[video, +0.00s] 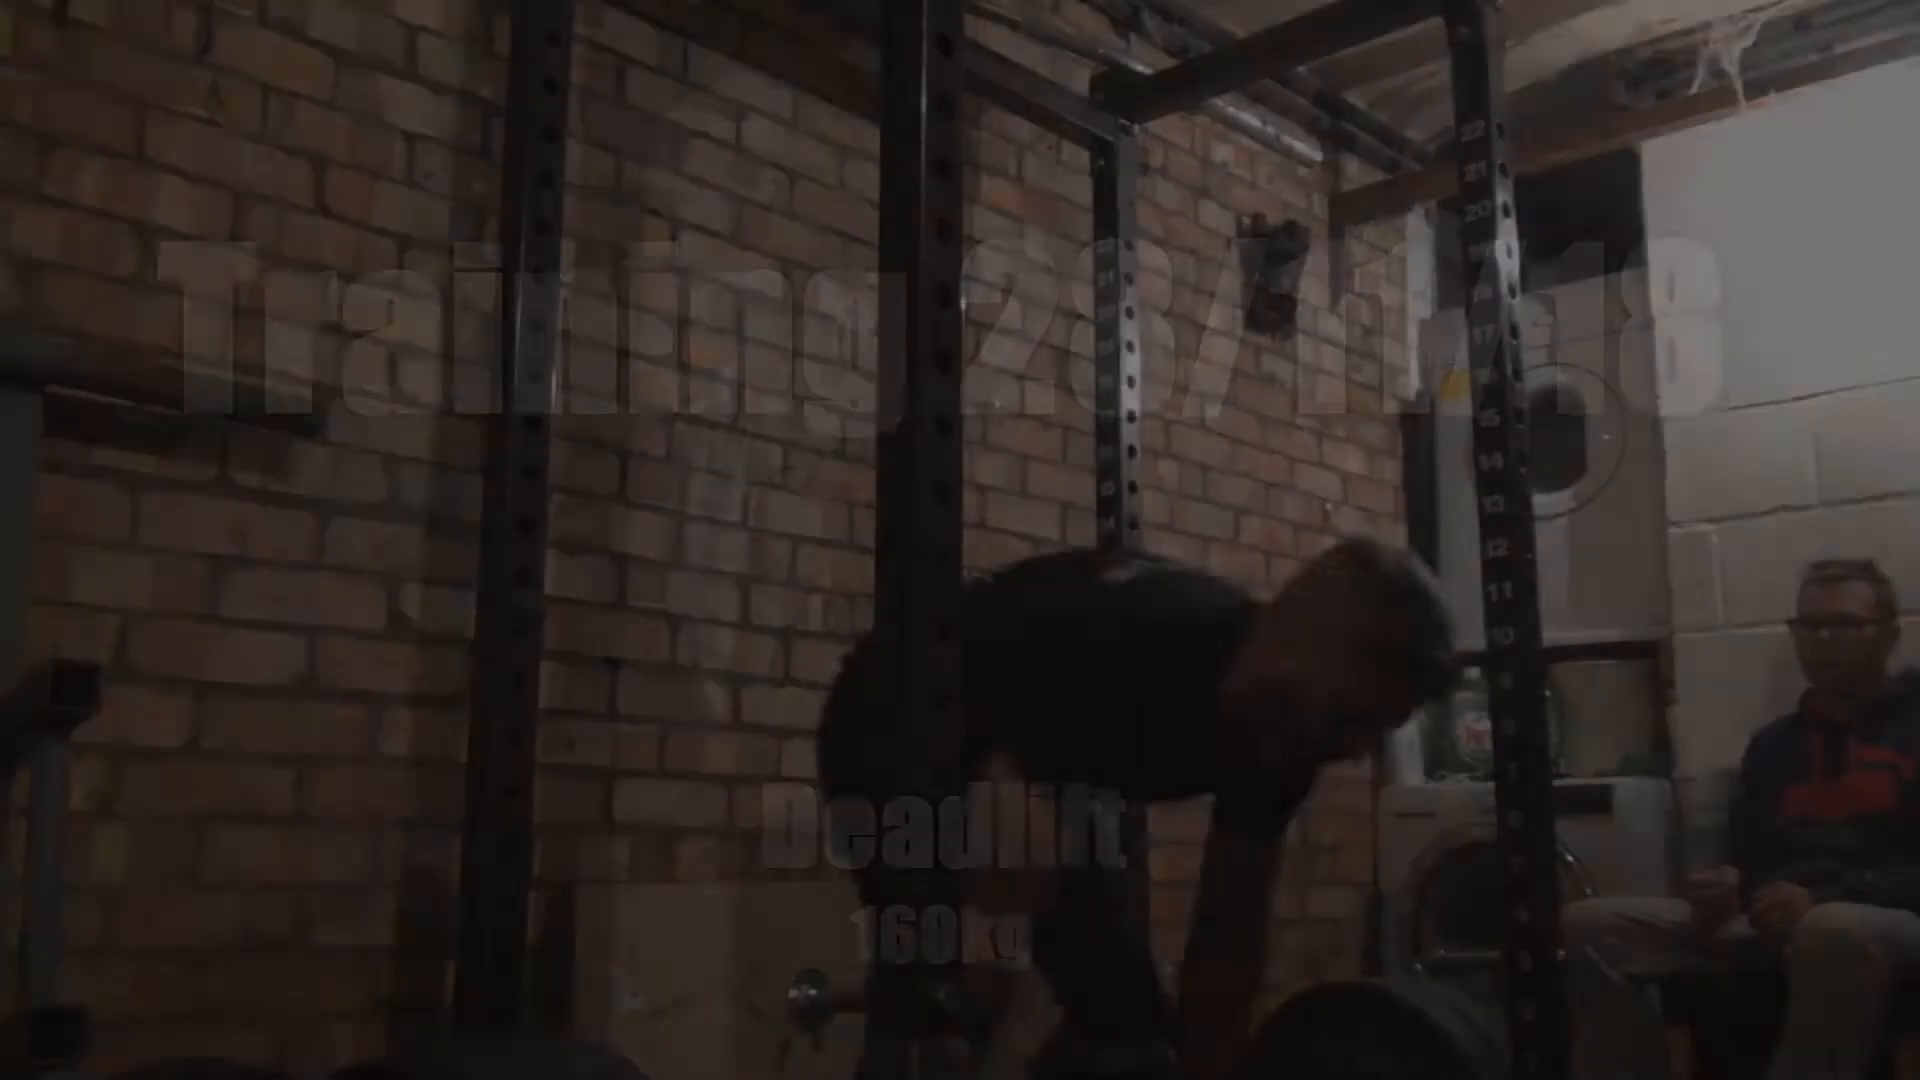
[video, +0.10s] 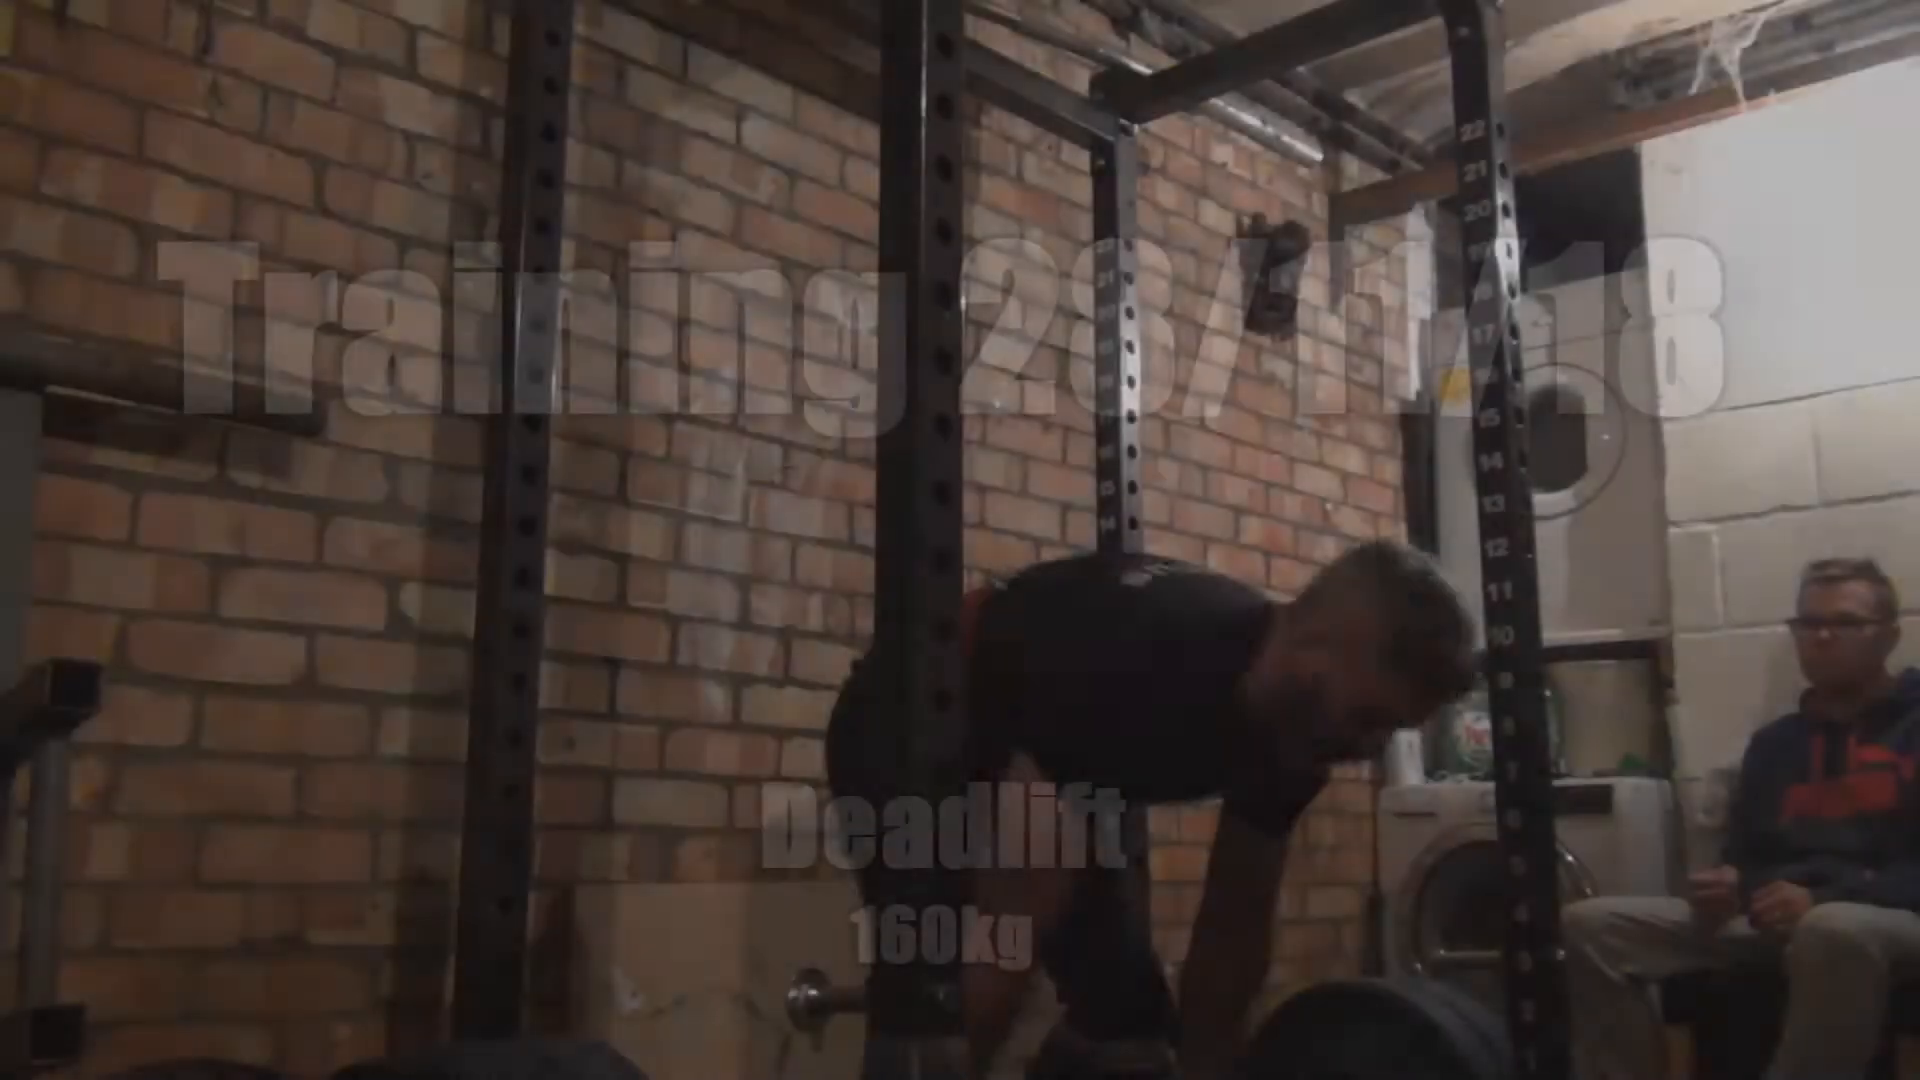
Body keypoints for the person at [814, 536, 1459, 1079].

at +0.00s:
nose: (1353, 752)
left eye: (1370, 733)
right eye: (1349, 717)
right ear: (1296, 630)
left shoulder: (1281, 735)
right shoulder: (1128, 633)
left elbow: (1229, 922)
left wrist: (1213, 1058)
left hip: (1067, 782)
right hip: (903, 732)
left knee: (1126, 1018)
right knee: (936, 1009)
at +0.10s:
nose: (1365, 753)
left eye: (1384, 735)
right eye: (1367, 722)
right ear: (1314, 642)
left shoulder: (1292, 736)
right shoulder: (1144, 638)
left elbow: (1234, 926)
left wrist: (1207, 1060)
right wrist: (958, 1051)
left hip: (1070, 787)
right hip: (914, 737)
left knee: (1128, 1017)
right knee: (939, 1010)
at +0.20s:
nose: (1378, 754)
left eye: (1399, 735)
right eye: (1379, 721)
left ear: (1329, 649)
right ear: (1323, 647)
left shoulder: (1295, 734)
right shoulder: (1161, 663)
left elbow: (1234, 927)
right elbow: (1022, 927)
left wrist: (1208, 1066)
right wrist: (957, 1065)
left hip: (1058, 762)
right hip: (916, 722)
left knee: (1127, 1009)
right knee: (940, 1014)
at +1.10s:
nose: (1402, 763)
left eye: (1427, 748)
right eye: (1404, 729)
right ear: (1349, 653)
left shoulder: (1320, 726)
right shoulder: (1191, 674)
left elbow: (1246, 922)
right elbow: (1050, 929)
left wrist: (1214, 1063)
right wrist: (983, 1069)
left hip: (1062, 784)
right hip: (922, 734)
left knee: (1134, 1025)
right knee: (944, 1022)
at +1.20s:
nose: (1400, 763)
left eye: (1424, 746)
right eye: (1402, 728)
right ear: (1344, 654)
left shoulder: (1318, 730)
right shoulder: (1190, 668)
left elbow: (1245, 927)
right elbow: (1056, 916)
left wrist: (1213, 1062)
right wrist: (983, 1069)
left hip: (1064, 781)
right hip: (921, 729)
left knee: (1134, 1026)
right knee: (943, 1021)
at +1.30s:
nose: (1381, 757)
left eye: (1401, 739)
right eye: (1381, 724)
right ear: (1321, 650)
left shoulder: (1306, 730)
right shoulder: (1152, 669)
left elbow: (1244, 930)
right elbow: (1027, 934)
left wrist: (1212, 1072)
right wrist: (965, 1070)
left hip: (1057, 774)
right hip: (911, 731)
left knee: (1132, 1036)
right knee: (938, 1033)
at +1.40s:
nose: (1362, 754)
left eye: (1380, 735)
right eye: (1358, 722)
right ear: (1295, 644)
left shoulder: (1297, 737)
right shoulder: (1116, 652)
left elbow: (1239, 931)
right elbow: (1012, 942)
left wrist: (1211, 1062)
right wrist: (961, 1063)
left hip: (1072, 792)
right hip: (911, 745)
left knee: (1130, 1032)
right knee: (936, 1024)